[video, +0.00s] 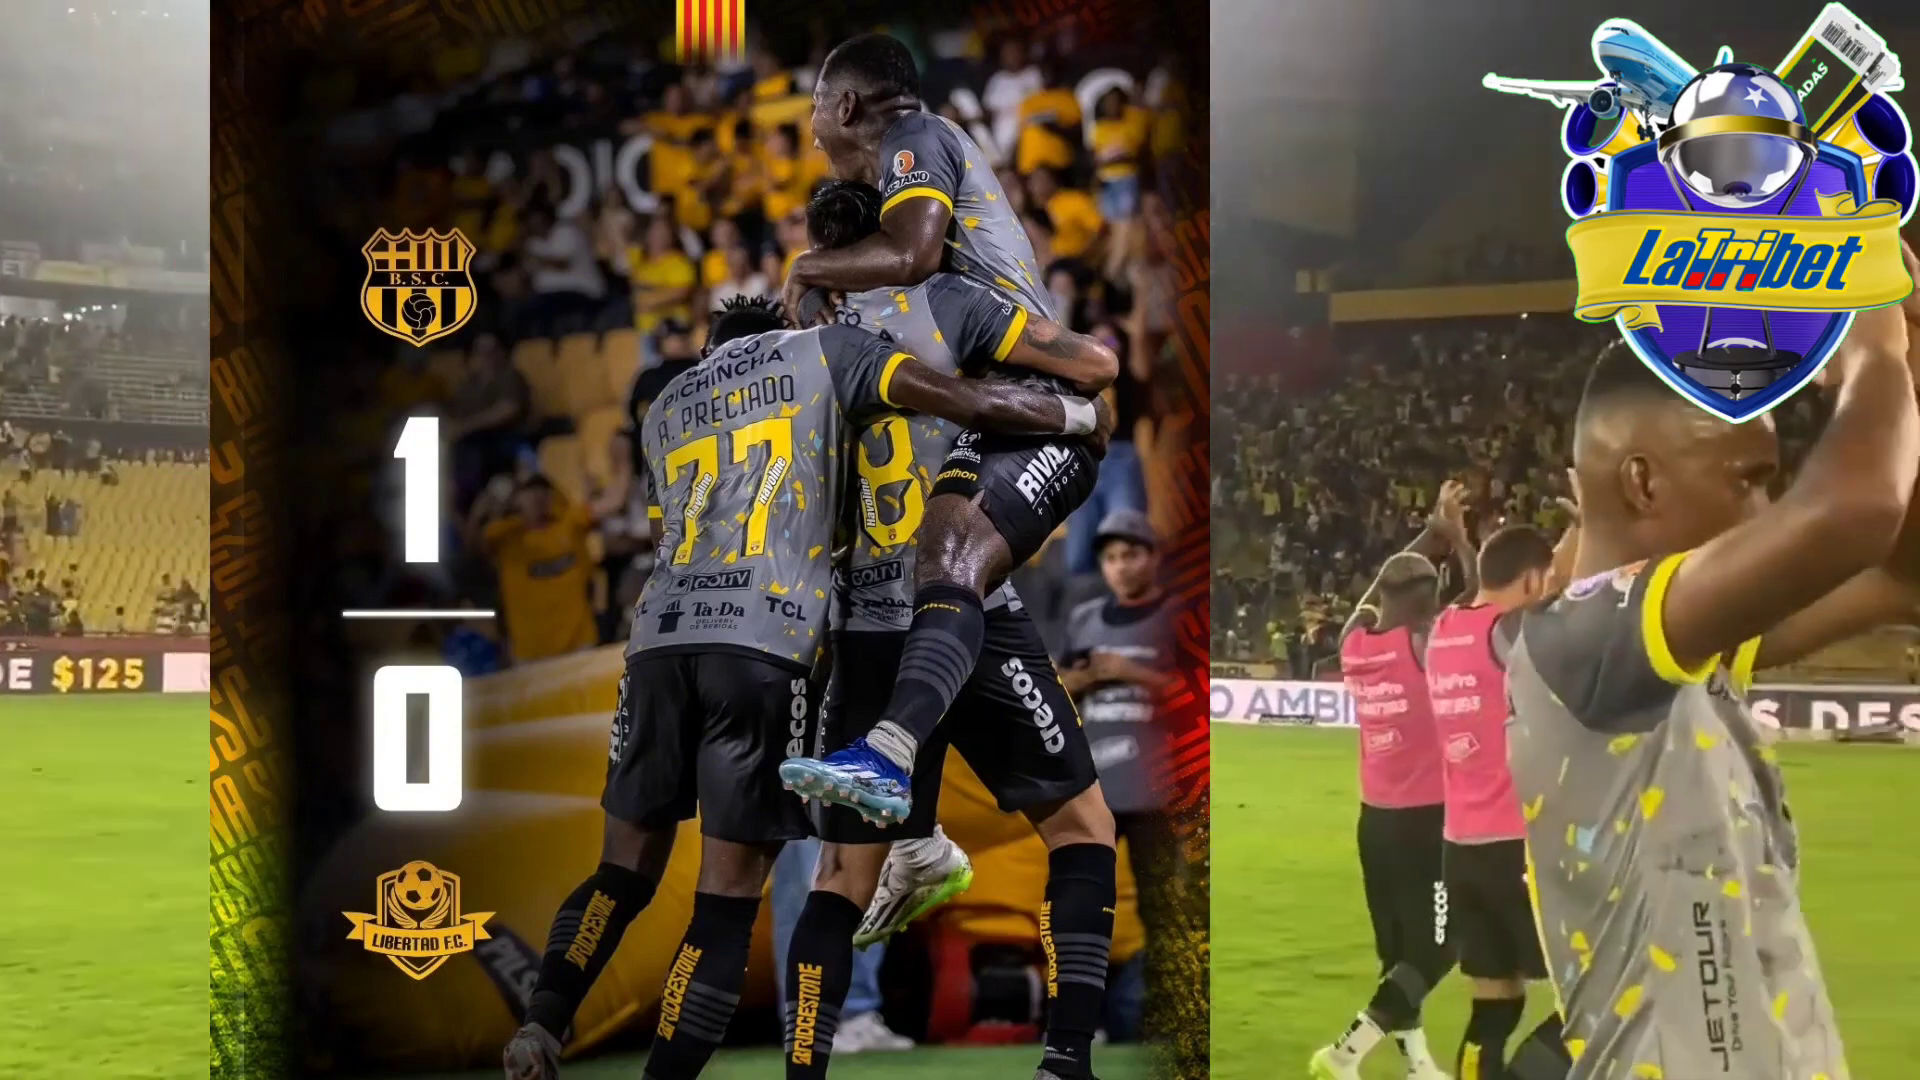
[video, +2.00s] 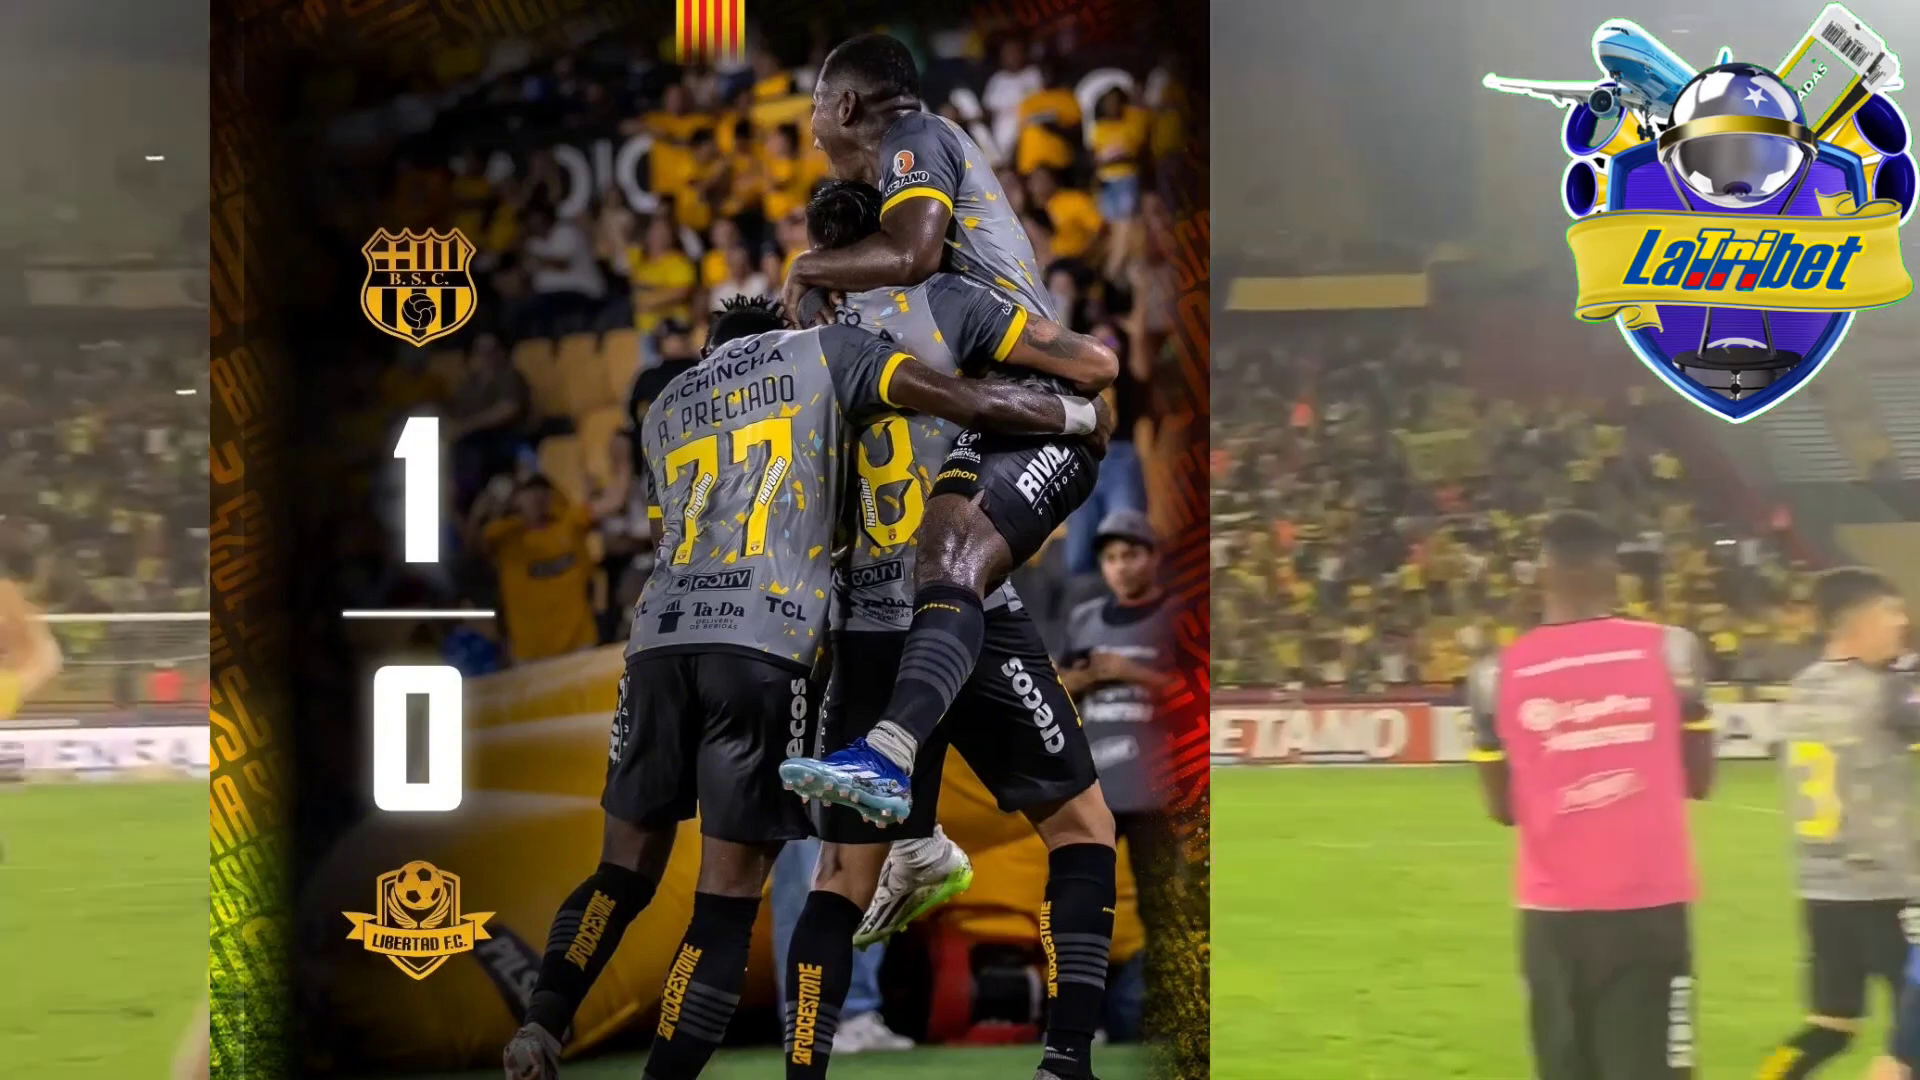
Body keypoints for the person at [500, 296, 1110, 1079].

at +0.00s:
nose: (828, 326)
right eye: (816, 319)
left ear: (709, 345)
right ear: (792, 324)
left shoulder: (661, 406)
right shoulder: (829, 348)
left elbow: (681, 519)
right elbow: (969, 399)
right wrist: (1087, 418)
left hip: (658, 648)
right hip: (762, 648)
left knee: (623, 865)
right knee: (728, 891)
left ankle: (542, 1027)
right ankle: (667, 1076)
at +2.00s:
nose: (826, 325)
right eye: (814, 319)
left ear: (709, 346)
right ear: (792, 324)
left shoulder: (660, 405)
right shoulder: (830, 348)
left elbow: (680, 520)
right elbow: (970, 400)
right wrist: (1088, 417)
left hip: (657, 648)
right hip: (762, 649)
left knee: (623, 865)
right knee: (727, 892)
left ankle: (542, 1028)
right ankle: (667, 1075)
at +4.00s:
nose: (828, 326)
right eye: (816, 319)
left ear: (709, 345)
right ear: (792, 324)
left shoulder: (661, 406)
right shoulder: (829, 348)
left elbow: (681, 519)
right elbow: (969, 399)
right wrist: (1087, 418)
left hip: (657, 648)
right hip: (762, 648)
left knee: (623, 866)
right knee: (728, 891)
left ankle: (542, 1027)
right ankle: (667, 1076)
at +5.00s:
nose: (827, 325)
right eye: (815, 318)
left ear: (709, 345)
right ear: (791, 323)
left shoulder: (661, 407)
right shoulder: (830, 348)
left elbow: (679, 521)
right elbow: (973, 400)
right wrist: (1090, 416)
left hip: (657, 648)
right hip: (761, 648)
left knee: (624, 865)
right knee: (727, 891)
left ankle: (542, 1027)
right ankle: (667, 1074)